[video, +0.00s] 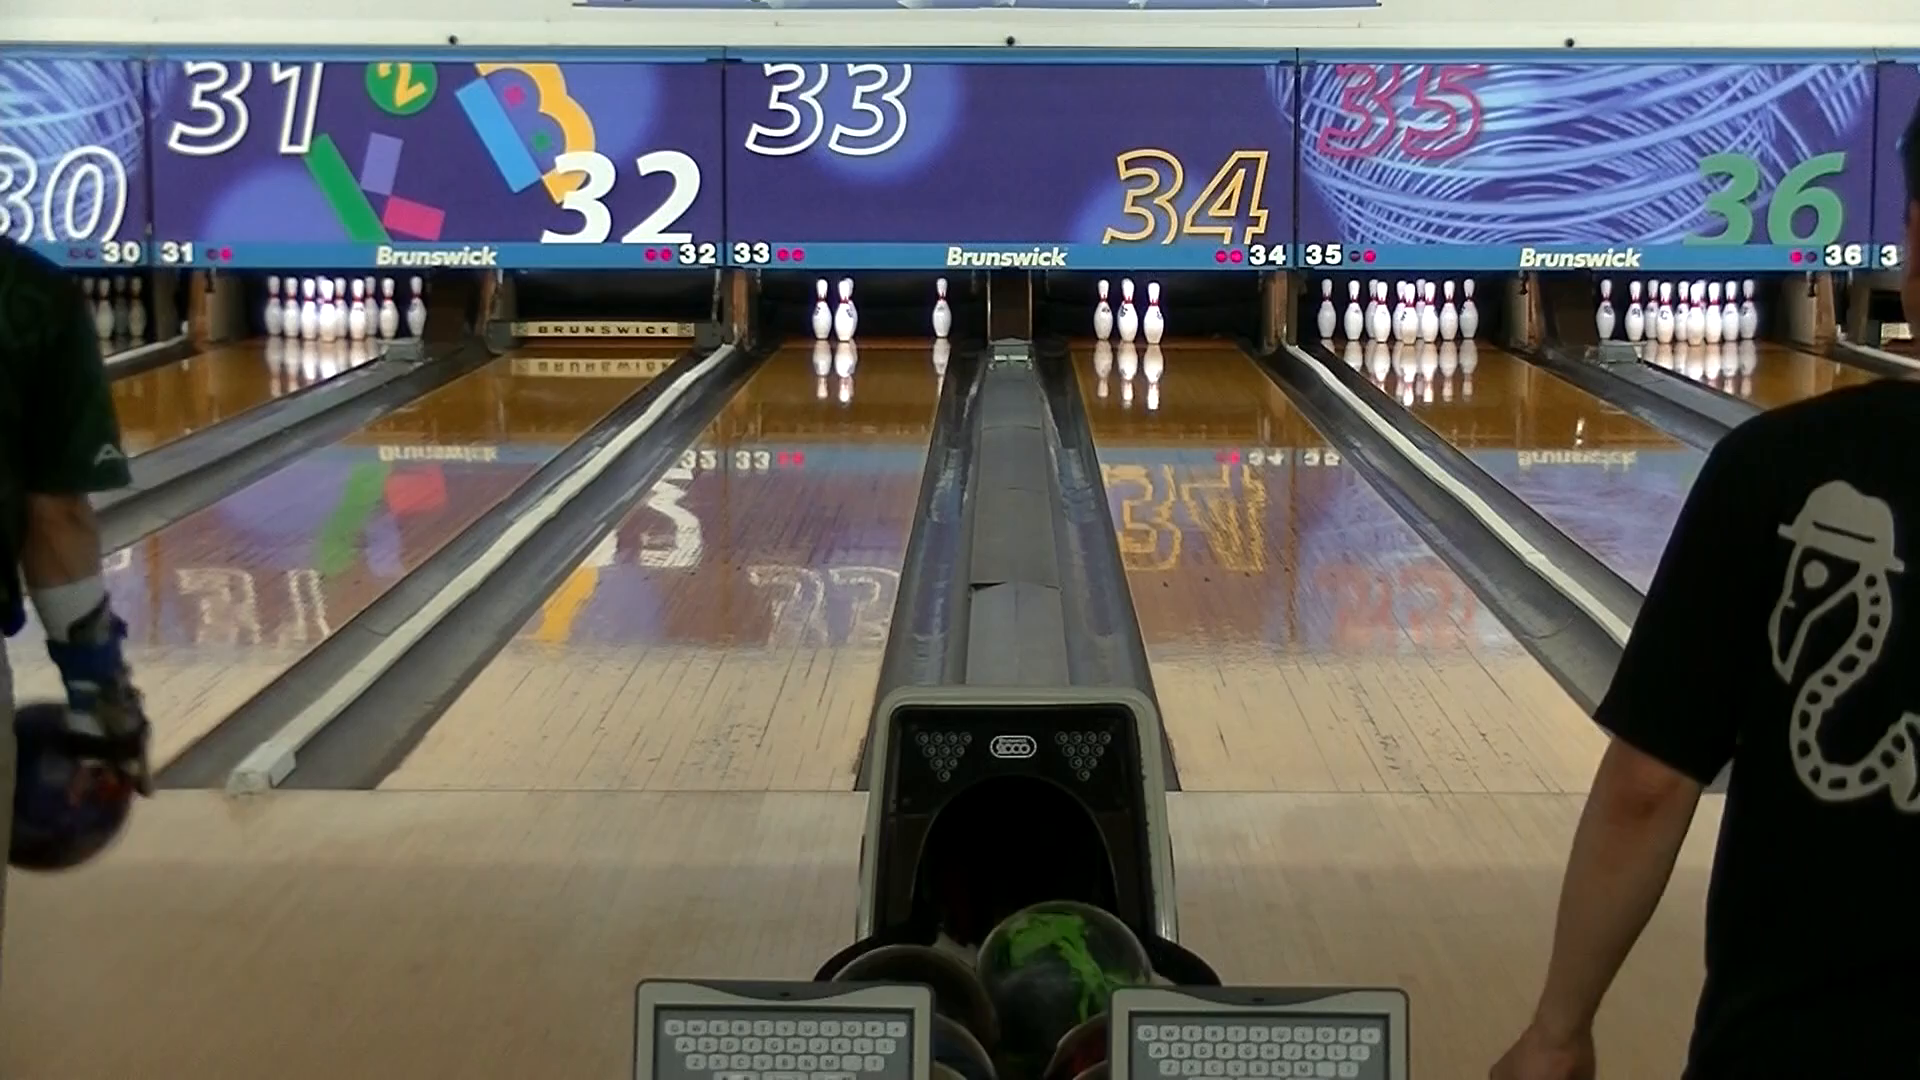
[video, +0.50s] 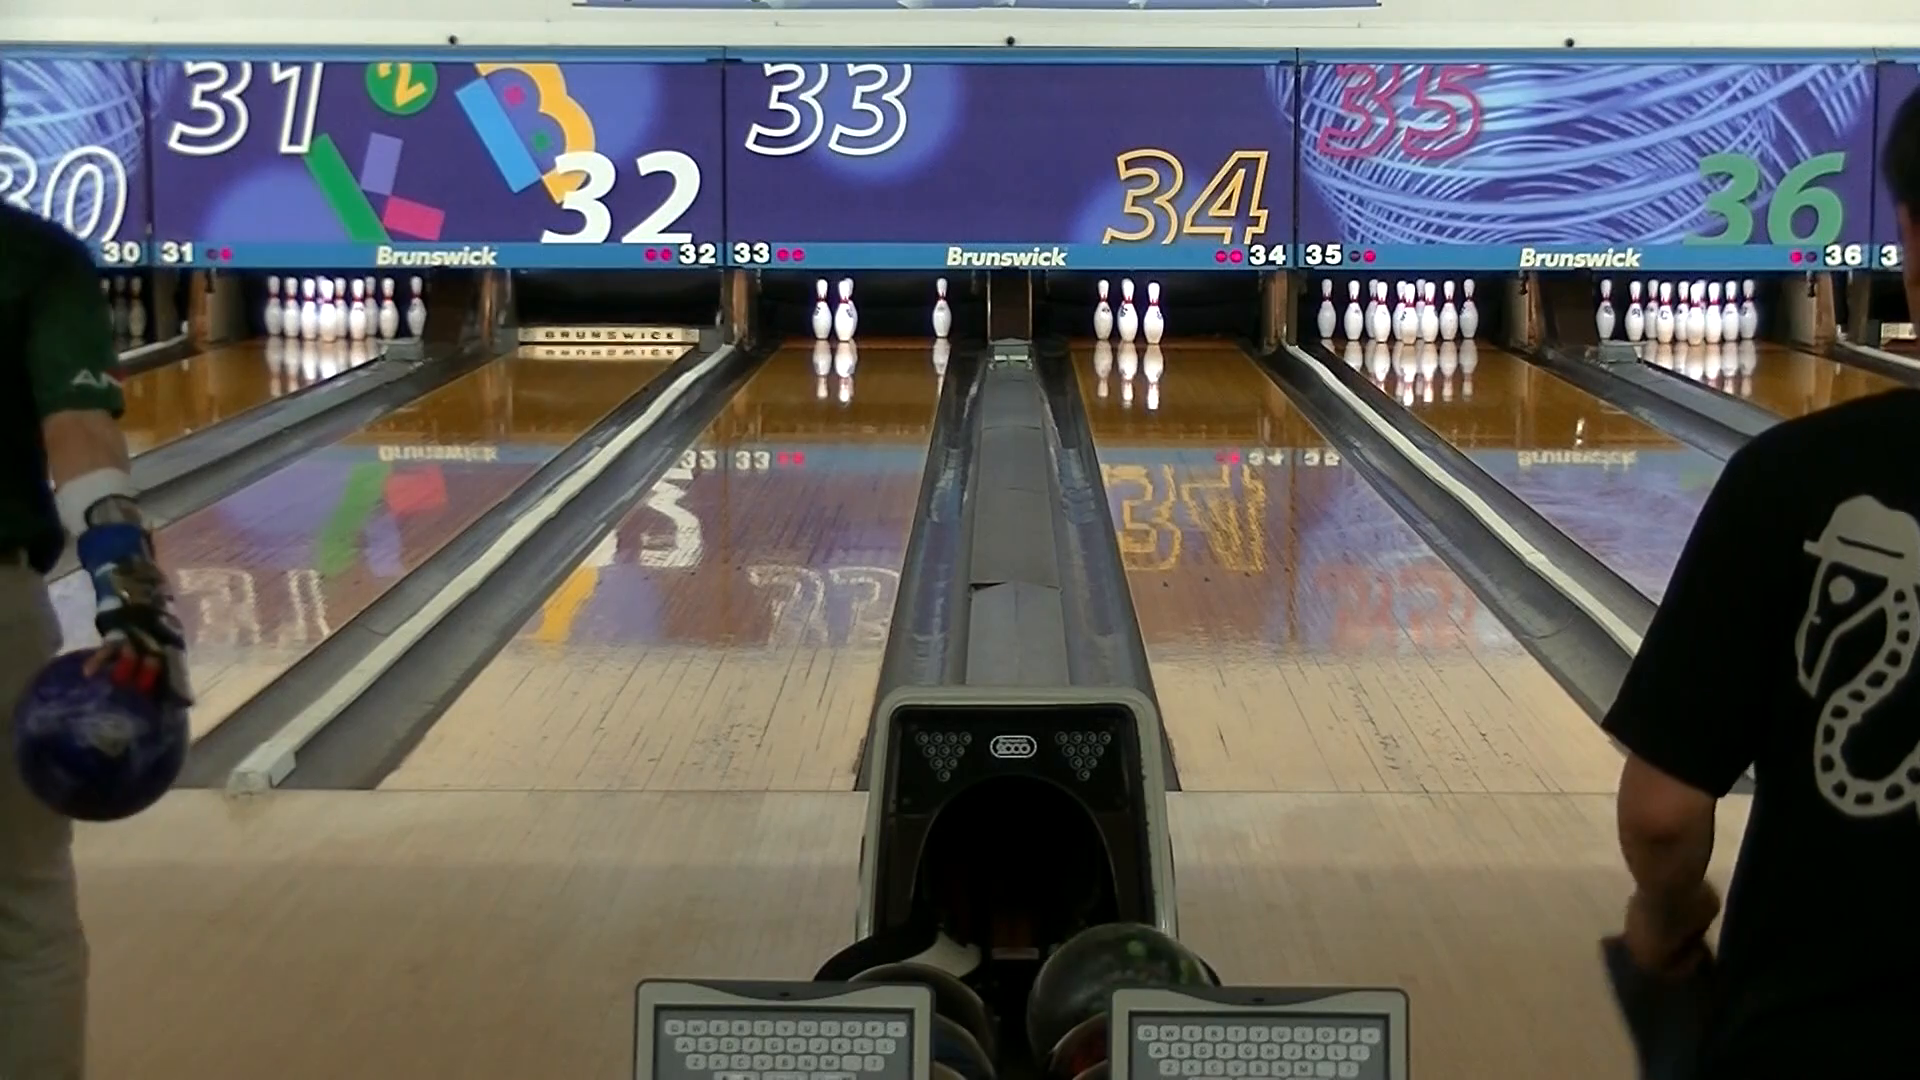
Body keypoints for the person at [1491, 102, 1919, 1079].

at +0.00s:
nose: (1903, 251)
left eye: (1905, 230)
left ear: (1907, 255)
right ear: (1904, 253)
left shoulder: (1789, 464)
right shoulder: (1788, 464)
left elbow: (1648, 783)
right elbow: (1647, 786)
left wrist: (1558, 1026)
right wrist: (1560, 1026)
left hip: (1782, 1033)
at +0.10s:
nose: (1905, 245)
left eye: (1905, 223)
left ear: (1909, 239)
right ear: (1909, 240)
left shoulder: (1791, 468)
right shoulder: (1792, 468)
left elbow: (1656, 789)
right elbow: (1656, 791)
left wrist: (1581, 1017)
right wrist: (1582, 1019)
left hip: (1789, 1033)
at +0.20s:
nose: (1905, 248)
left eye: (1902, 222)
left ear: (1912, 240)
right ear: (1913, 239)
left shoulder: (1796, 471)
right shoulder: (1796, 470)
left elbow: (1660, 800)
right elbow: (1661, 799)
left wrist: (1599, 1001)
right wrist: (1601, 1002)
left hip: (1794, 1029)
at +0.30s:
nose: (1903, 252)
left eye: (1901, 224)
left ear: (1911, 241)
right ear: (1910, 240)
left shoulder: (1801, 474)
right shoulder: (1799, 474)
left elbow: (1660, 806)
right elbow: (1661, 804)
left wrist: (1618, 978)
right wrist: (1620, 978)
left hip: (1798, 1025)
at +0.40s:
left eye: (1898, 225)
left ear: (1908, 237)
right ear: (1902, 234)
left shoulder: (1807, 476)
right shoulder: (1805, 477)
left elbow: (1660, 814)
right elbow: (1662, 813)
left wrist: (1636, 950)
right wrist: (1637, 949)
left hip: (1802, 1022)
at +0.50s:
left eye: (1898, 229)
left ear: (1911, 241)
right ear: (1908, 240)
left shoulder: (1806, 476)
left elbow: (1661, 810)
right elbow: (1663, 810)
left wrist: (1668, 921)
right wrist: (1670, 915)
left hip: (1809, 1009)